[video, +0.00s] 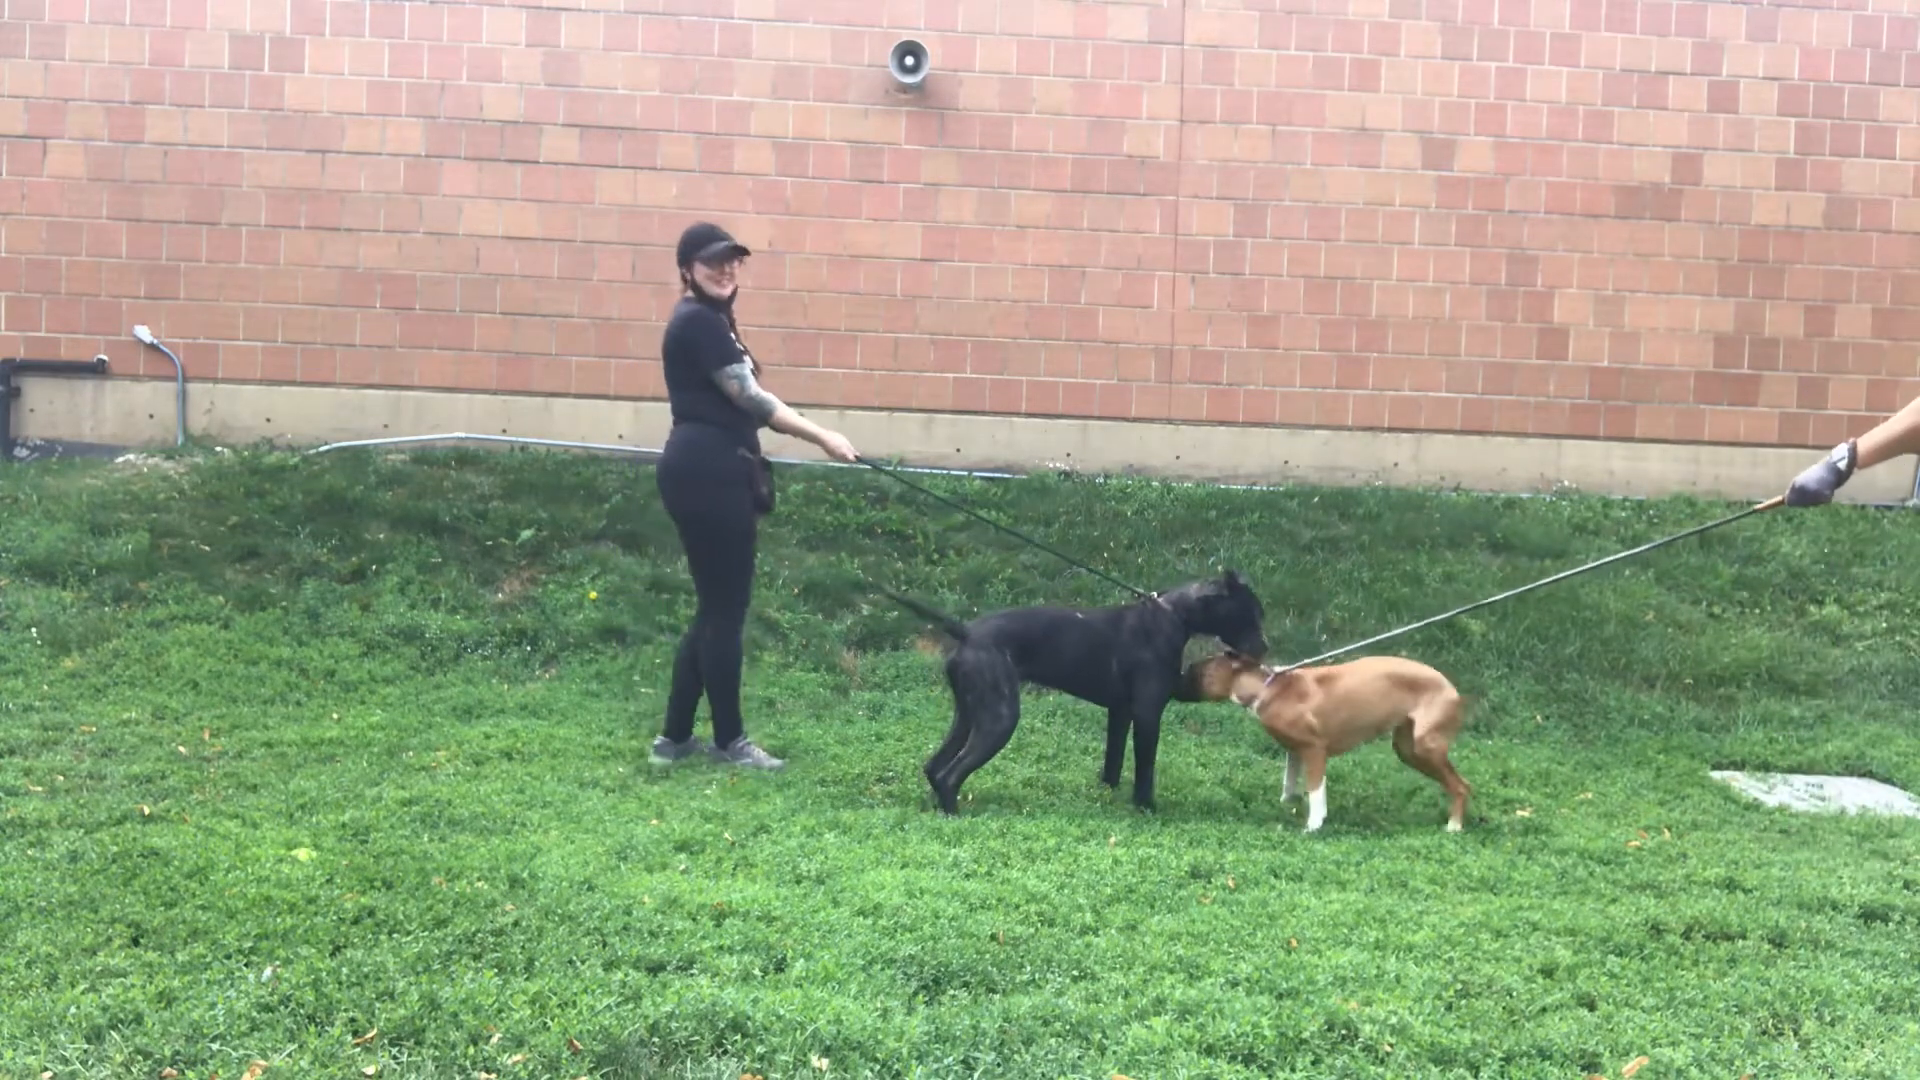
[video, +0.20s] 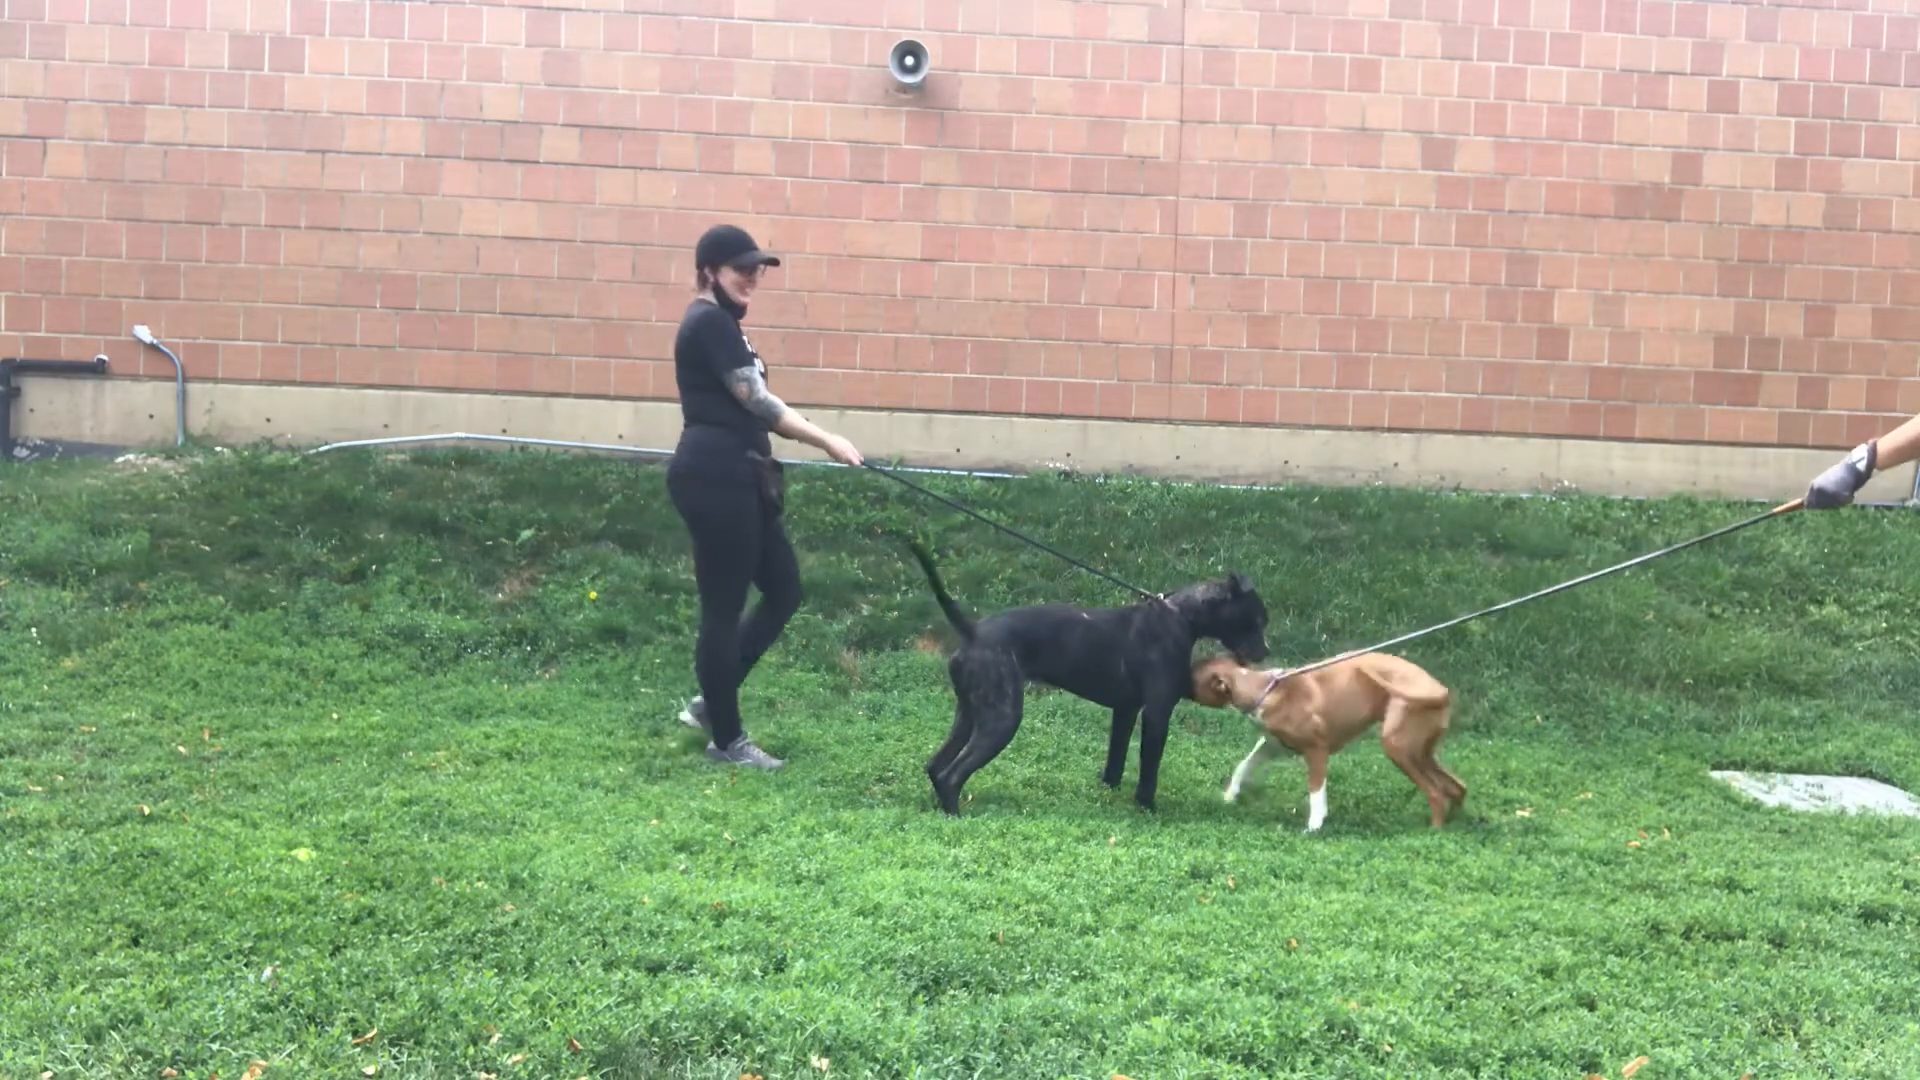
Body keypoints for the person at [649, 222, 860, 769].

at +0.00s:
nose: (727, 270)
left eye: (732, 261)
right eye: (714, 263)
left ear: (737, 267)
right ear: (689, 270)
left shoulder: (705, 317)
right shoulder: (700, 322)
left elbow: (733, 400)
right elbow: (752, 400)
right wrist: (823, 436)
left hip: (699, 463)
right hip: (710, 467)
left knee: (715, 605)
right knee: (726, 607)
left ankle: (675, 738)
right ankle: (729, 741)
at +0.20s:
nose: (753, 279)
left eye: (757, 270)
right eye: (744, 269)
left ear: (743, 274)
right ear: (711, 271)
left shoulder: (718, 319)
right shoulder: (709, 322)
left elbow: (749, 403)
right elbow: (759, 404)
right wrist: (827, 439)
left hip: (732, 472)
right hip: (716, 474)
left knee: (785, 591)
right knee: (722, 608)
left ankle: (710, 701)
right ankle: (726, 742)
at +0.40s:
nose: (771, 284)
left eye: (775, 276)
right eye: (762, 274)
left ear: (759, 277)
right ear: (729, 274)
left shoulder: (740, 323)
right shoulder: (722, 324)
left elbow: (761, 404)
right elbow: (766, 401)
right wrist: (839, 438)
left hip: (760, 470)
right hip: (728, 472)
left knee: (783, 597)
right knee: (731, 607)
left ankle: (795, 719)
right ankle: (727, 740)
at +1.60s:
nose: (819, 290)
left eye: (824, 282)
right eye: (810, 281)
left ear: (827, 285)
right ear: (782, 282)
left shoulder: (821, 347)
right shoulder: (763, 337)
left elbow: (821, 419)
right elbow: (802, 407)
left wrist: (830, 480)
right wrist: (870, 440)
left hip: (810, 484)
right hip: (758, 479)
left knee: (797, 609)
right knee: (744, 604)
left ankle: (798, 725)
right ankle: (716, 729)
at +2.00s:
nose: (833, 296)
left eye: (838, 287)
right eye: (823, 286)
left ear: (843, 291)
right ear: (796, 287)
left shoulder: (839, 349)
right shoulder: (777, 341)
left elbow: (844, 414)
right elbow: (806, 412)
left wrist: (869, 439)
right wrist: (873, 446)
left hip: (828, 483)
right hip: (779, 479)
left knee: (811, 598)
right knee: (804, 592)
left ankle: (798, 724)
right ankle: (743, 715)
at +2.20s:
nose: (844, 296)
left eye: (849, 287)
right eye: (834, 287)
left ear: (854, 288)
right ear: (808, 287)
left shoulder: (849, 347)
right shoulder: (792, 338)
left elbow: (851, 411)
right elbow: (816, 408)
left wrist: (878, 427)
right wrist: (883, 443)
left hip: (830, 479)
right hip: (792, 474)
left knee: (813, 597)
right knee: (853, 578)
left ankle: (799, 718)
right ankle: (824, 708)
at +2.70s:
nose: (900, 302)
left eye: (905, 294)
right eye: (890, 295)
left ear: (909, 295)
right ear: (865, 298)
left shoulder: (892, 346)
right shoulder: (859, 348)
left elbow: (909, 414)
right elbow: (875, 424)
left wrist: (935, 440)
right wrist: (946, 458)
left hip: (880, 480)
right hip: (867, 483)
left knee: (863, 609)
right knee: (897, 603)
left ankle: (805, 716)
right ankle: (904, 725)